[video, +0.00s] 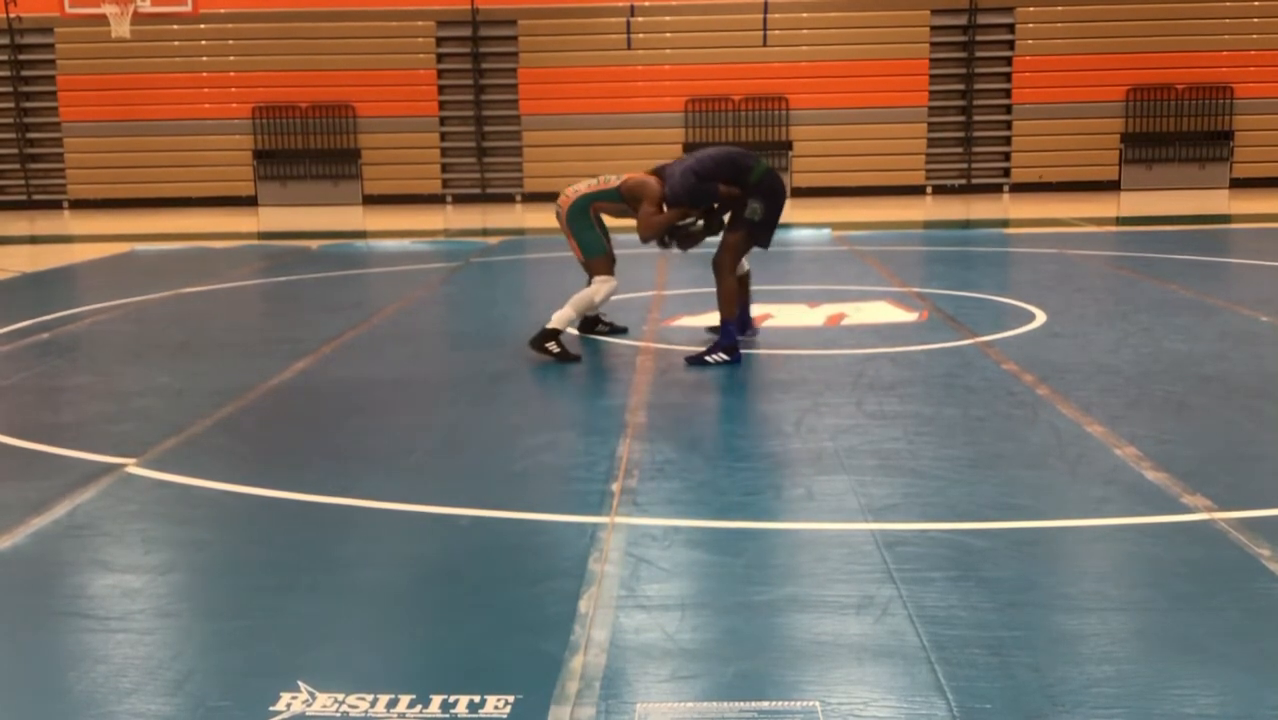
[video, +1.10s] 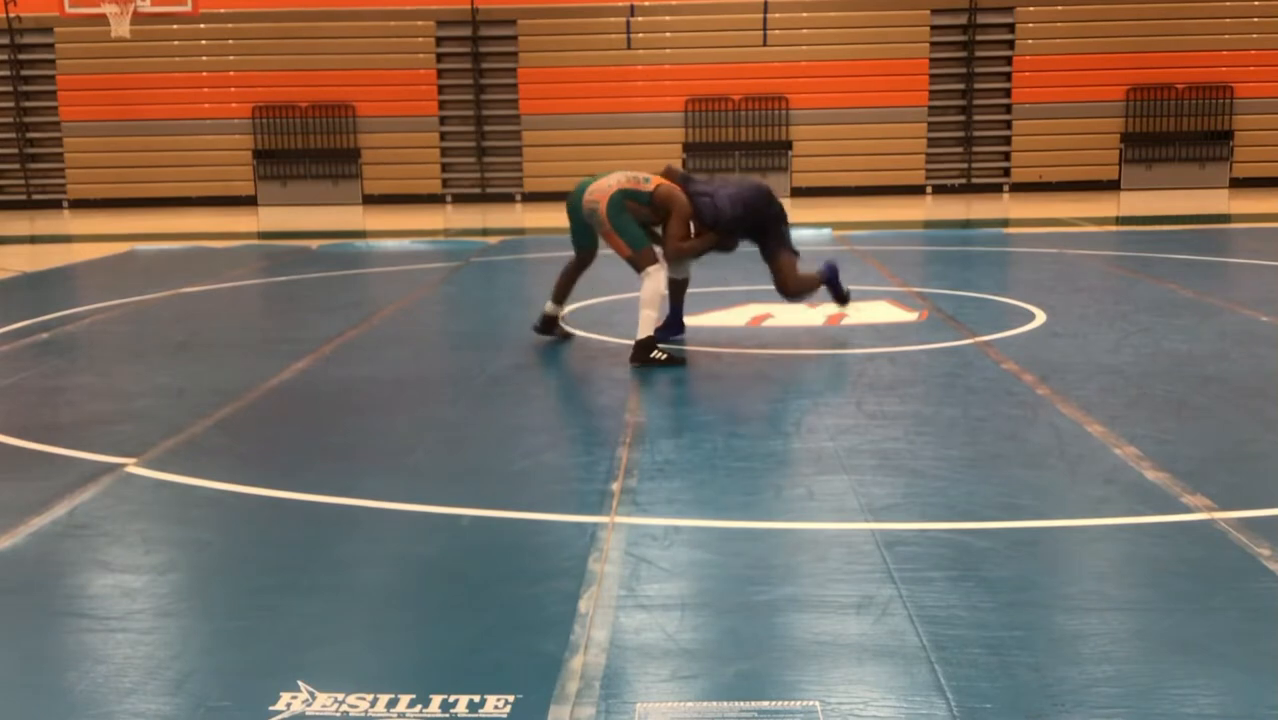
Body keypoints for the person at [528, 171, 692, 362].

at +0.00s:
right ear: (676, 179)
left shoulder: (652, 187)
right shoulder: (651, 187)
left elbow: (649, 228)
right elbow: (646, 232)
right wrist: (681, 211)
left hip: (582, 206)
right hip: (576, 208)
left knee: (606, 264)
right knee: (605, 282)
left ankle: (590, 319)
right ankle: (548, 335)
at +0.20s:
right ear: (683, 178)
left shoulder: (659, 185)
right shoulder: (660, 187)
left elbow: (670, 231)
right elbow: (666, 232)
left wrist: (707, 224)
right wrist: (698, 208)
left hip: (574, 200)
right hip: (578, 206)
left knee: (594, 266)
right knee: (607, 285)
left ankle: (579, 319)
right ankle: (548, 335)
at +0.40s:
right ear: (694, 198)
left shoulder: (661, 193)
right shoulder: (670, 200)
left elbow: (681, 246)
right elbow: (682, 253)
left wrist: (703, 223)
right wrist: (709, 222)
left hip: (577, 217)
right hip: (596, 222)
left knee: (603, 267)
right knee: (653, 273)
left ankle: (580, 316)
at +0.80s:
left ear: (679, 182)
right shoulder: (672, 196)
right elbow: (679, 235)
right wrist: (707, 213)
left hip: (578, 223)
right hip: (599, 227)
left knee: (610, 267)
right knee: (658, 276)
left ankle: (576, 322)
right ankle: (645, 347)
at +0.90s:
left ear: (670, 185)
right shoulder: (672, 201)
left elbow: (655, 251)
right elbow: (682, 244)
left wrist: (694, 254)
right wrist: (706, 222)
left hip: (576, 226)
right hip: (598, 230)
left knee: (606, 266)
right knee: (660, 278)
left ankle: (574, 322)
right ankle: (645, 347)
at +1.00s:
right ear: (704, 202)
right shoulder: (676, 200)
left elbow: (635, 230)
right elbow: (680, 250)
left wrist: (668, 247)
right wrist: (710, 235)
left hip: (575, 213)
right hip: (604, 218)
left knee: (588, 263)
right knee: (658, 277)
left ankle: (570, 321)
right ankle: (645, 346)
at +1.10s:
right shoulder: (680, 202)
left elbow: (636, 222)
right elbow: (674, 253)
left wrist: (666, 243)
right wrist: (711, 239)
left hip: (579, 197)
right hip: (607, 205)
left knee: (583, 257)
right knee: (654, 272)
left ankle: (549, 318)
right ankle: (645, 347)